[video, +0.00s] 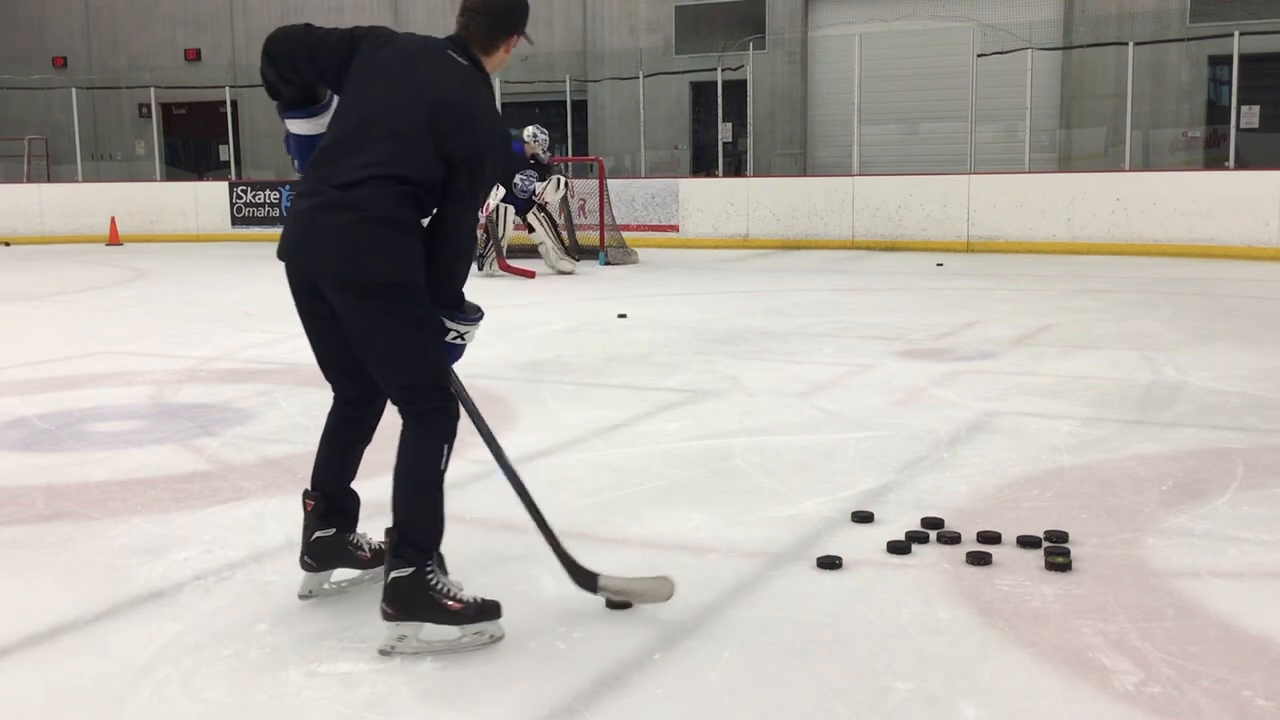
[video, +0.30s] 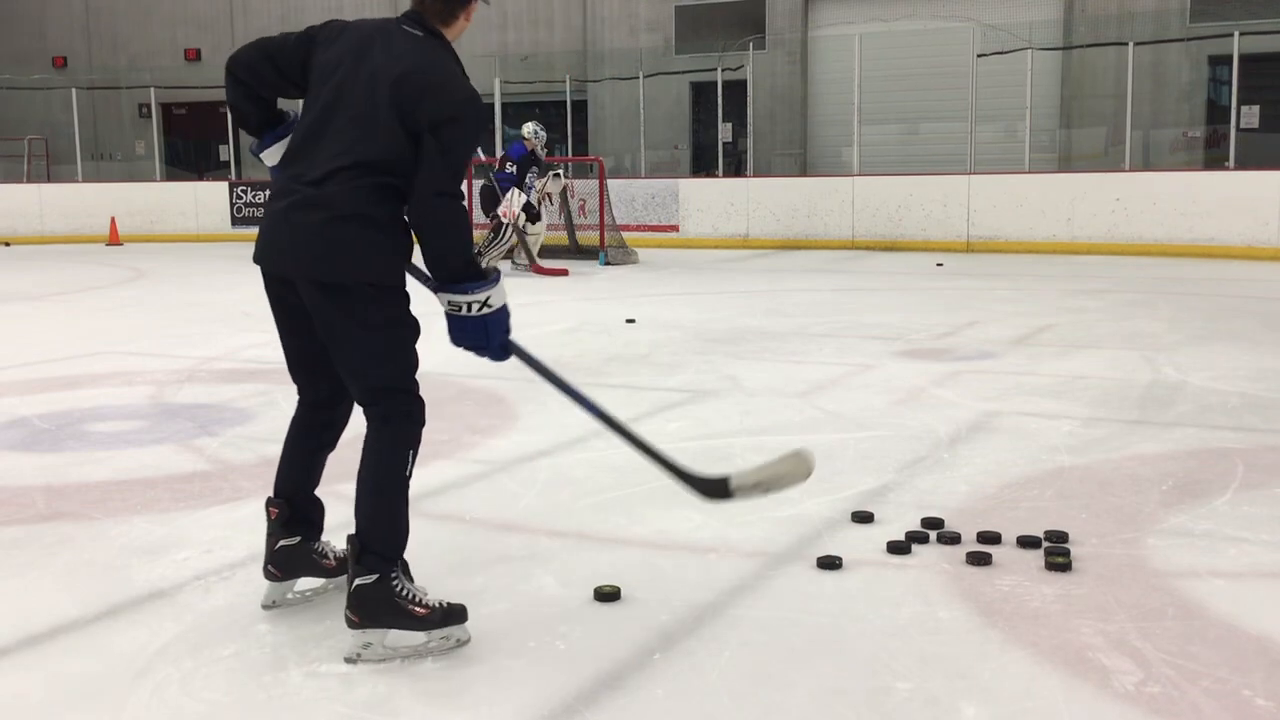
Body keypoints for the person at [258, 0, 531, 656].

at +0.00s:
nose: (515, 52)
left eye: (515, 41)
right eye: (518, 43)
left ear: (462, 21)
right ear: (507, 44)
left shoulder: (383, 46)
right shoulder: (481, 120)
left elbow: (284, 45)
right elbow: (452, 232)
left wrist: (304, 122)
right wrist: (450, 311)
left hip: (306, 243)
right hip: (376, 256)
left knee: (358, 392)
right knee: (431, 407)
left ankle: (327, 532)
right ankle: (414, 576)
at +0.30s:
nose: (473, 17)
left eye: (469, 9)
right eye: (474, 10)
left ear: (414, 2)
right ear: (466, 12)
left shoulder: (342, 38)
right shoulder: (451, 90)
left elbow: (245, 68)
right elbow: (435, 201)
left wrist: (281, 147)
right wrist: (472, 299)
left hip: (283, 249)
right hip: (357, 262)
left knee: (323, 397)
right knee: (397, 413)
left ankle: (290, 540)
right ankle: (378, 584)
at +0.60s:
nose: (444, 4)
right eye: (444, 0)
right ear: (434, 1)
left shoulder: (317, 33)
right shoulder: (432, 67)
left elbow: (232, 85)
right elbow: (432, 185)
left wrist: (259, 161)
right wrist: (490, 277)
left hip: (280, 254)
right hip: (358, 266)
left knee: (300, 401)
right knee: (401, 418)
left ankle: (261, 544)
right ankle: (389, 593)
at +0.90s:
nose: (441, 14)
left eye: (437, 8)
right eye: (441, 8)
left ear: (376, 5)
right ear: (431, 10)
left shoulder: (311, 63)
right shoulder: (429, 89)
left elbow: (245, 142)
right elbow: (432, 207)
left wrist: (292, 212)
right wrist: (488, 300)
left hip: (290, 287)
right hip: (370, 296)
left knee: (300, 415)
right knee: (429, 441)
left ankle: (246, 543)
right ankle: (460, 604)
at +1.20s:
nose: (438, 15)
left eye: (433, 9)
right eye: (438, 9)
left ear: (372, 5)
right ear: (428, 10)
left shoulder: (309, 67)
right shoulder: (417, 82)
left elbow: (290, 181)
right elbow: (428, 202)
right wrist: (486, 298)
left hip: (284, 288)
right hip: (360, 295)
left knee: (293, 418)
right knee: (427, 442)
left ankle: (239, 544)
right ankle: (457, 606)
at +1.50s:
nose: (439, 26)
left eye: (434, 16)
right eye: (439, 17)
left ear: (375, 16)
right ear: (431, 23)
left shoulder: (331, 74)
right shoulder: (405, 84)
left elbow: (318, 187)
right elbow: (417, 189)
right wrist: (475, 271)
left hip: (280, 290)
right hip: (351, 298)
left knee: (283, 422)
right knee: (428, 450)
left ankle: (223, 546)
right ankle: (449, 614)